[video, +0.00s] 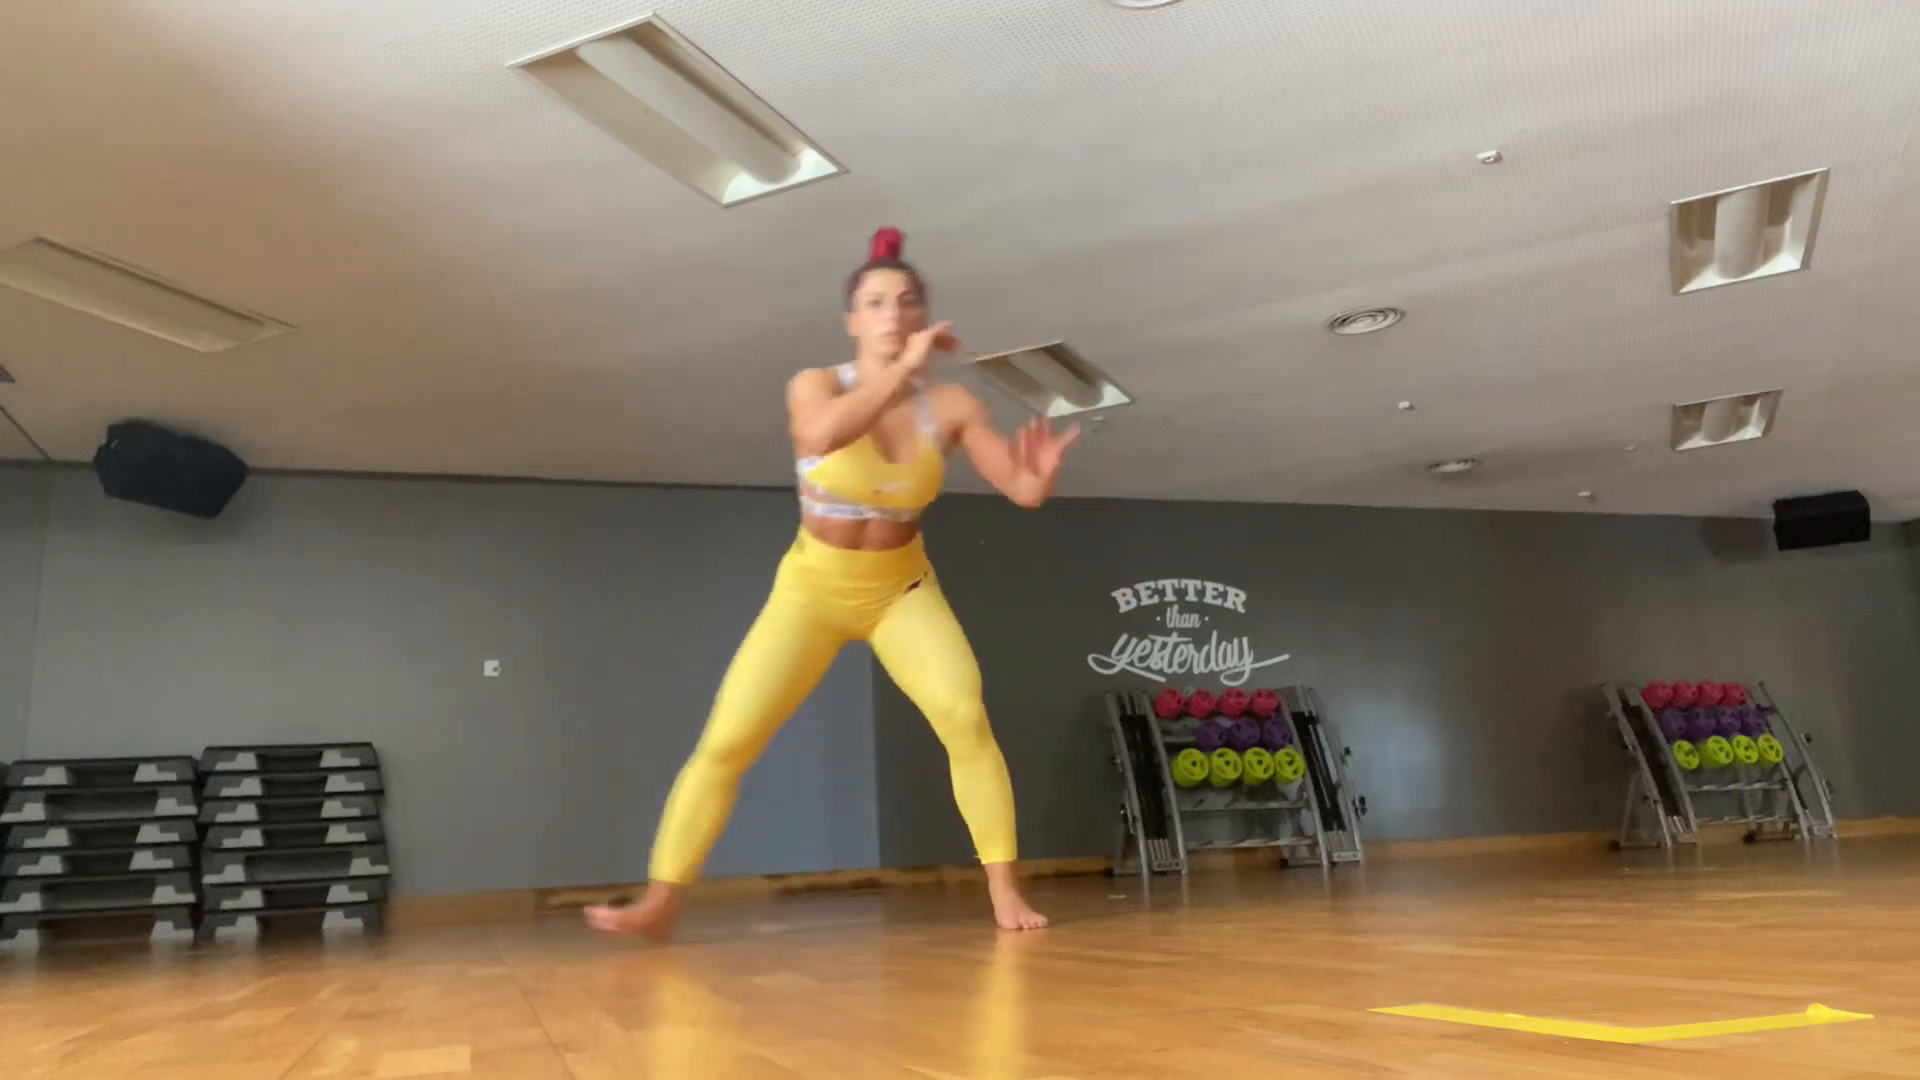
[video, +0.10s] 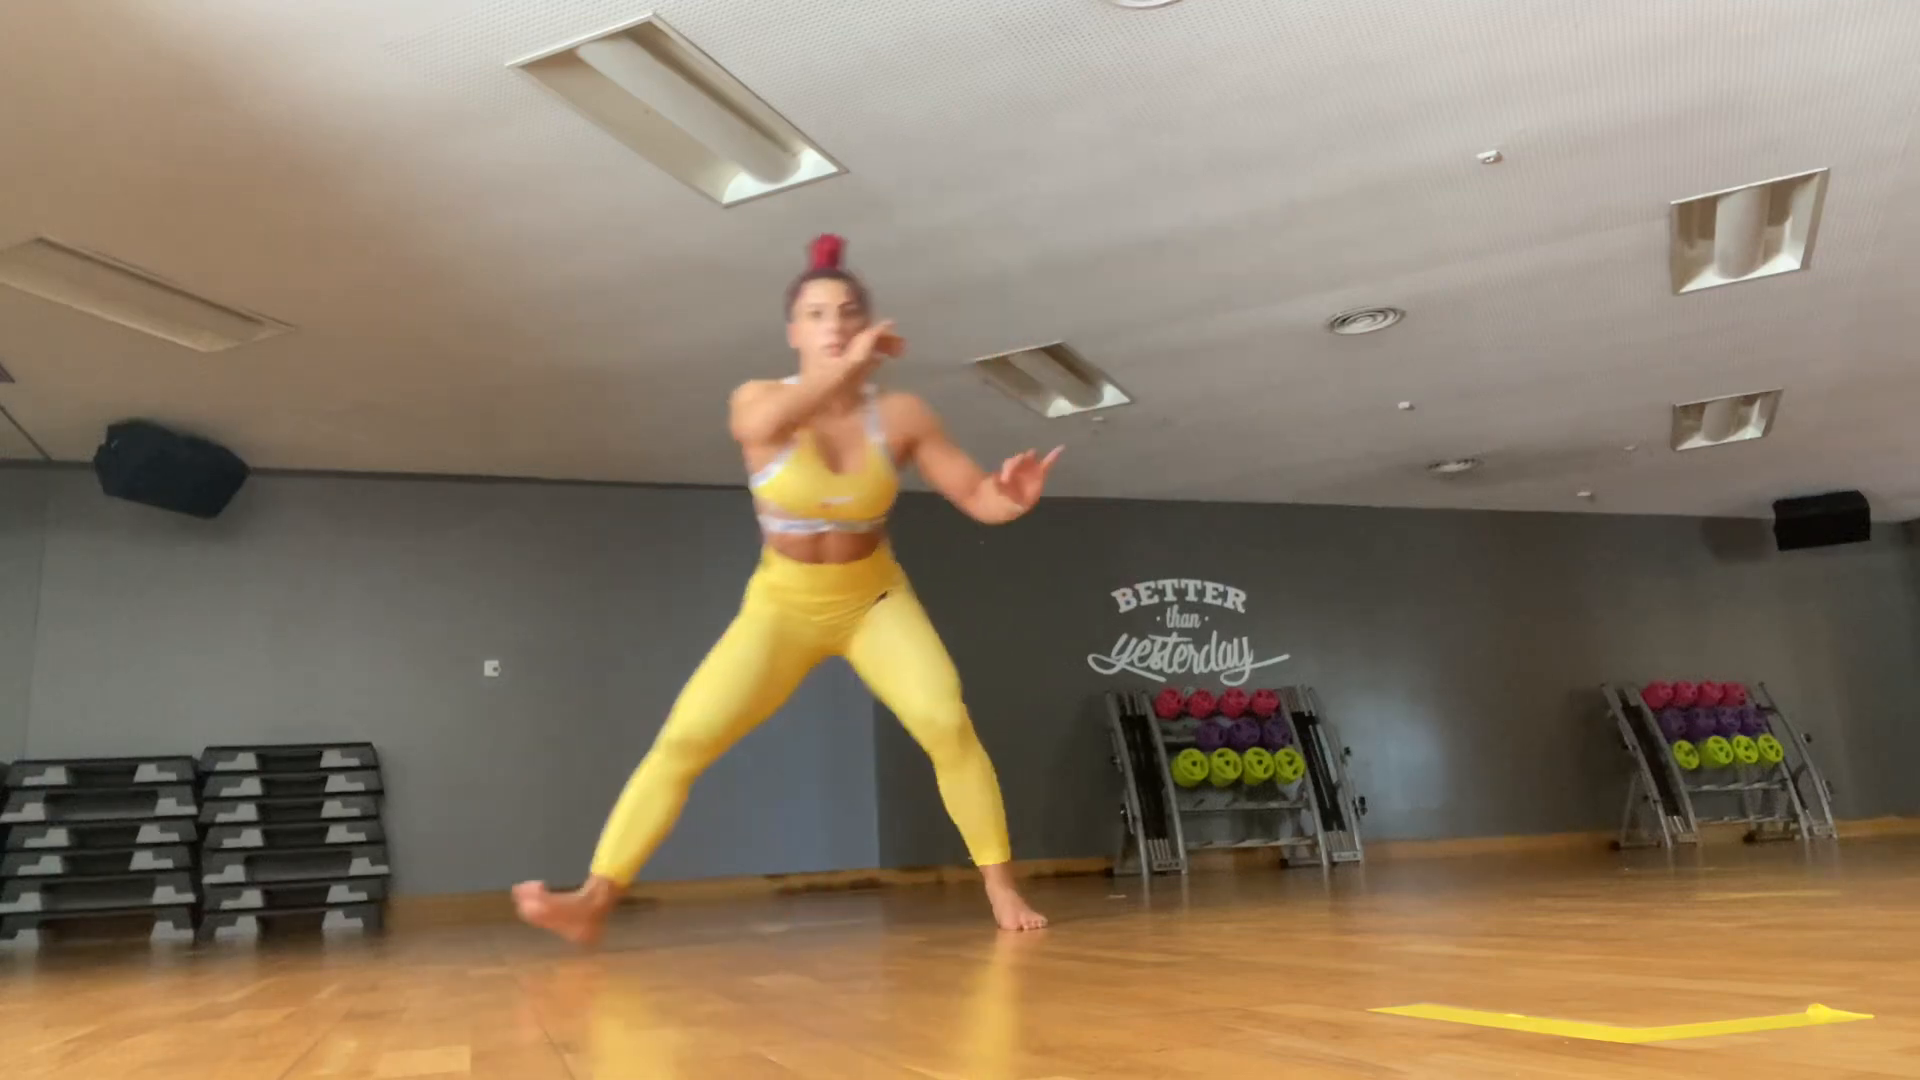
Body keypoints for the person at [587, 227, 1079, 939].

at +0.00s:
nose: (895, 314)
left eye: (907, 303)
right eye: (877, 302)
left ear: (925, 318)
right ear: (851, 321)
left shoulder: (950, 405)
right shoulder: (816, 385)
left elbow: (1018, 485)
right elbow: (815, 437)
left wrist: (1035, 479)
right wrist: (901, 371)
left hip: (904, 590)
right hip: (812, 586)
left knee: (966, 718)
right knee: (727, 740)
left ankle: (1004, 888)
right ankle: (658, 902)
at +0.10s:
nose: (836, 328)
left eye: (849, 315)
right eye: (818, 315)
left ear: (870, 330)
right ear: (791, 333)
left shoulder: (899, 415)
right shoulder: (758, 402)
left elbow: (975, 493)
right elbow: (765, 425)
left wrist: (1008, 500)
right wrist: (845, 366)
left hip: (875, 602)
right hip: (780, 606)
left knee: (947, 722)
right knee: (684, 738)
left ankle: (1003, 891)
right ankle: (593, 900)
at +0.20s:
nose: (740, 329)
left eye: (755, 315)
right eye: (723, 314)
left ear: (776, 329)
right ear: (696, 329)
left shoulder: (807, 416)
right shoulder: (667, 405)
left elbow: (882, 484)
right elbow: (637, 430)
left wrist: (938, 492)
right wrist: (741, 363)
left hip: (791, 603)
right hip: (691, 609)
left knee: (884, 726)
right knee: (606, 729)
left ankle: (995, 883)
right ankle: (565, 918)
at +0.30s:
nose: (688, 321)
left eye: (703, 307)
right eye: (670, 308)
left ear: (724, 323)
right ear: (645, 324)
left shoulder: (756, 407)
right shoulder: (610, 402)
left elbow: (840, 460)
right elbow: (544, 460)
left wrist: (895, 459)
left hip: (738, 596)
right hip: (640, 600)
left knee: (827, 732)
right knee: (571, 732)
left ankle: (928, 882)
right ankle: (561, 919)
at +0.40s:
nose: (648, 315)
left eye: (664, 302)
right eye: (632, 303)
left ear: (685, 321)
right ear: (607, 320)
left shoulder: (721, 400)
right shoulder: (568, 405)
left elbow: (822, 436)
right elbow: (465, 489)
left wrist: (860, 419)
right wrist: (469, 495)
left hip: (697, 591)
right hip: (599, 594)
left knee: (761, 736)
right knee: (555, 734)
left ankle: (814, 889)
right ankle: (561, 916)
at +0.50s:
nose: (612, 293)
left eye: (627, 283)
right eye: (595, 284)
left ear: (647, 309)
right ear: (571, 307)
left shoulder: (680, 382)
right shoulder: (529, 394)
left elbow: (786, 398)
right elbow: (444, 485)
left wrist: (772, 356)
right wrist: (369, 554)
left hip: (655, 589)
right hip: (564, 587)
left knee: (664, 742)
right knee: (539, 736)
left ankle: (660, 877)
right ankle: (559, 915)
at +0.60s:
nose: (597, 290)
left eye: (611, 278)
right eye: (580, 280)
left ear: (629, 297)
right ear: (556, 299)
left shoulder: (653, 374)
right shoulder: (514, 388)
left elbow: (738, 381)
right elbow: (452, 473)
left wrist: (678, 322)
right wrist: (384, 546)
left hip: (631, 590)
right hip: (543, 585)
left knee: (606, 742)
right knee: (536, 736)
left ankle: (571, 887)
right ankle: (556, 913)